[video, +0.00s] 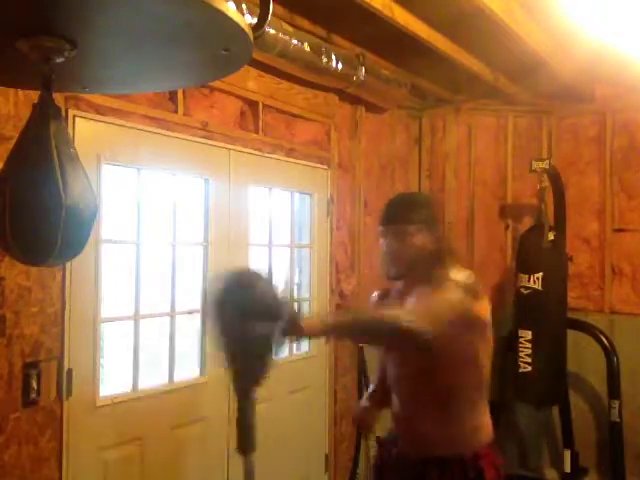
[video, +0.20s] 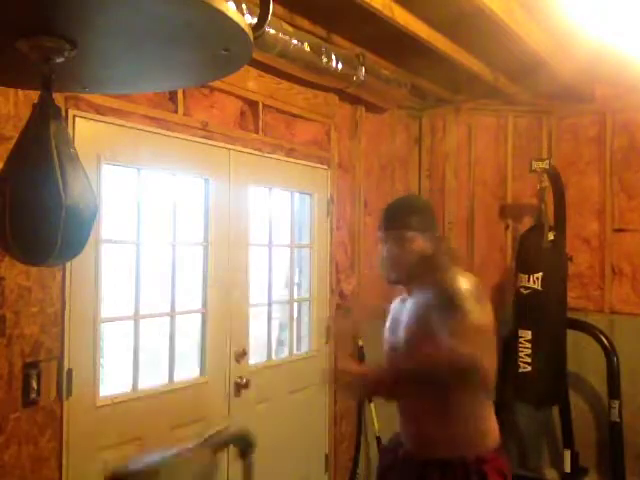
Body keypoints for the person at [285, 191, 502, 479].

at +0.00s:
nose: (388, 248)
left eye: (400, 237)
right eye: (385, 237)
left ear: (426, 237)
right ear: (381, 239)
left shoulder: (459, 288)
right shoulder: (386, 300)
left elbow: (412, 324)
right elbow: (387, 370)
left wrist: (318, 326)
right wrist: (370, 404)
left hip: (462, 459)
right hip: (405, 453)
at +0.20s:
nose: (385, 254)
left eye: (394, 243)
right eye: (385, 243)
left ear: (421, 243)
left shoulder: (457, 292)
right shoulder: (399, 305)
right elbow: (401, 375)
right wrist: (365, 380)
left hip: (467, 462)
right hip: (417, 457)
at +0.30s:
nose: (401, 248)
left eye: (412, 237)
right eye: (398, 237)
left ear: (439, 239)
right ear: (393, 240)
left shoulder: (483, 297)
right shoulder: (389, 302)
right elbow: (390, 368)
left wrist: (448, 397)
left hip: (473, 462)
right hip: (409, 459)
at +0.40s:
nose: (413, 246)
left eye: (428, 234)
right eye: (407, 234)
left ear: (454, 238)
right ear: (400, 240)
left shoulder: (496, 302)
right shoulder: (381, 297)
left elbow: (544, 378)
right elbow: (342, 344)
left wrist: (494, 401)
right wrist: (331, 324)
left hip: (471, 463)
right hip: (404, 462)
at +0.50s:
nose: (415, 248)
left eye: (429, 236)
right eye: (408, 236)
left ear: (455, 240)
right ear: (401, 239)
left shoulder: (494, 306)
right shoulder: (384, 296)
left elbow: (534, 383)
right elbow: (328, 339)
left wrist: (488, 387)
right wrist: (349, 325)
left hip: (469, 461)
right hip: (401, 461)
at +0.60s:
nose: (411, 249)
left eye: (425, 236)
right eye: (405, 237)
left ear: (452, 240)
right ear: (398, 240)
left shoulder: (487, 307)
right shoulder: (378, 300)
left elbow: (525, 389)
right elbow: (345, 366)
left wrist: (457, 365)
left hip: (466, 462)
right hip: (397, 461)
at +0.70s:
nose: (400, 246)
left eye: (413, 235)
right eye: (394, 236)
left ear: (441, 238)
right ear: (388, 240)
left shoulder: (473, 298)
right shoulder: (382, 301)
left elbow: (475, 367)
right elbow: (366, 366)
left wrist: (385, 327)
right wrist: (370, 412)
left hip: (462, 463)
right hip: (398, 460)